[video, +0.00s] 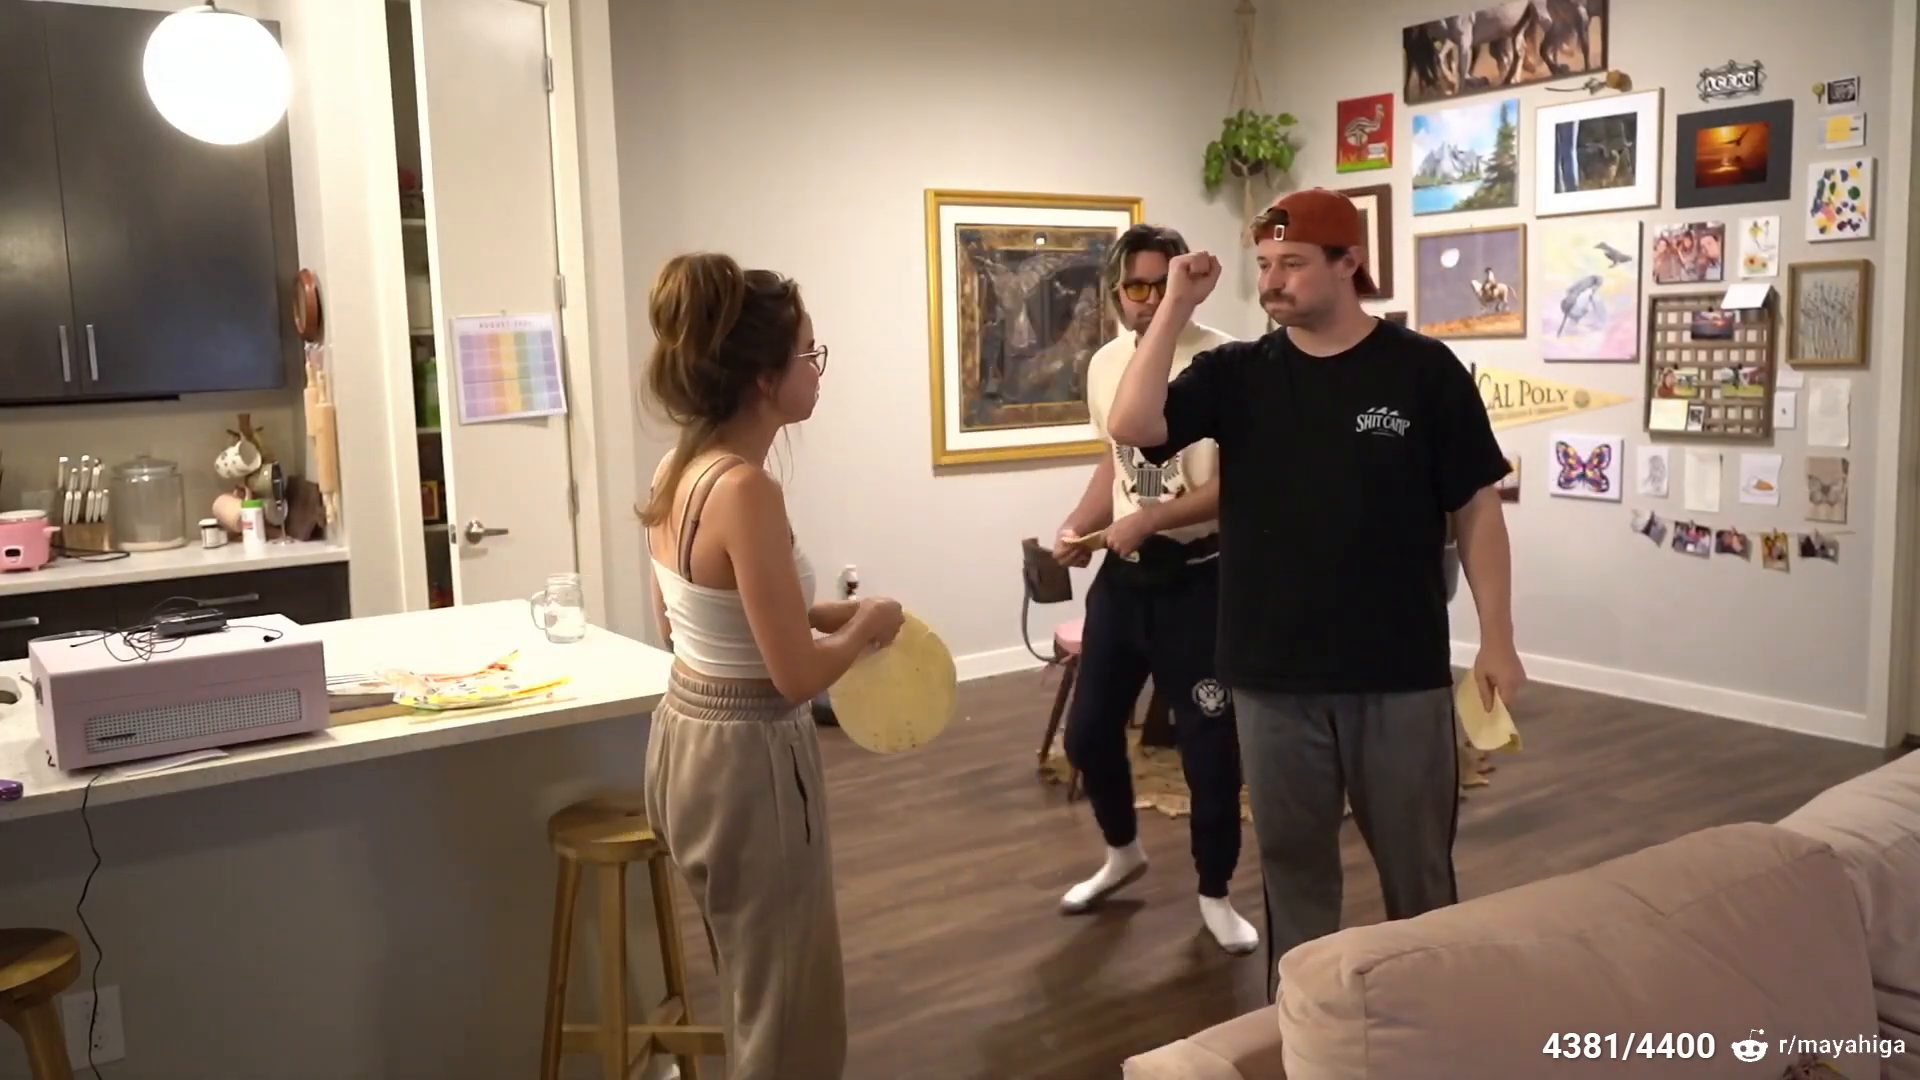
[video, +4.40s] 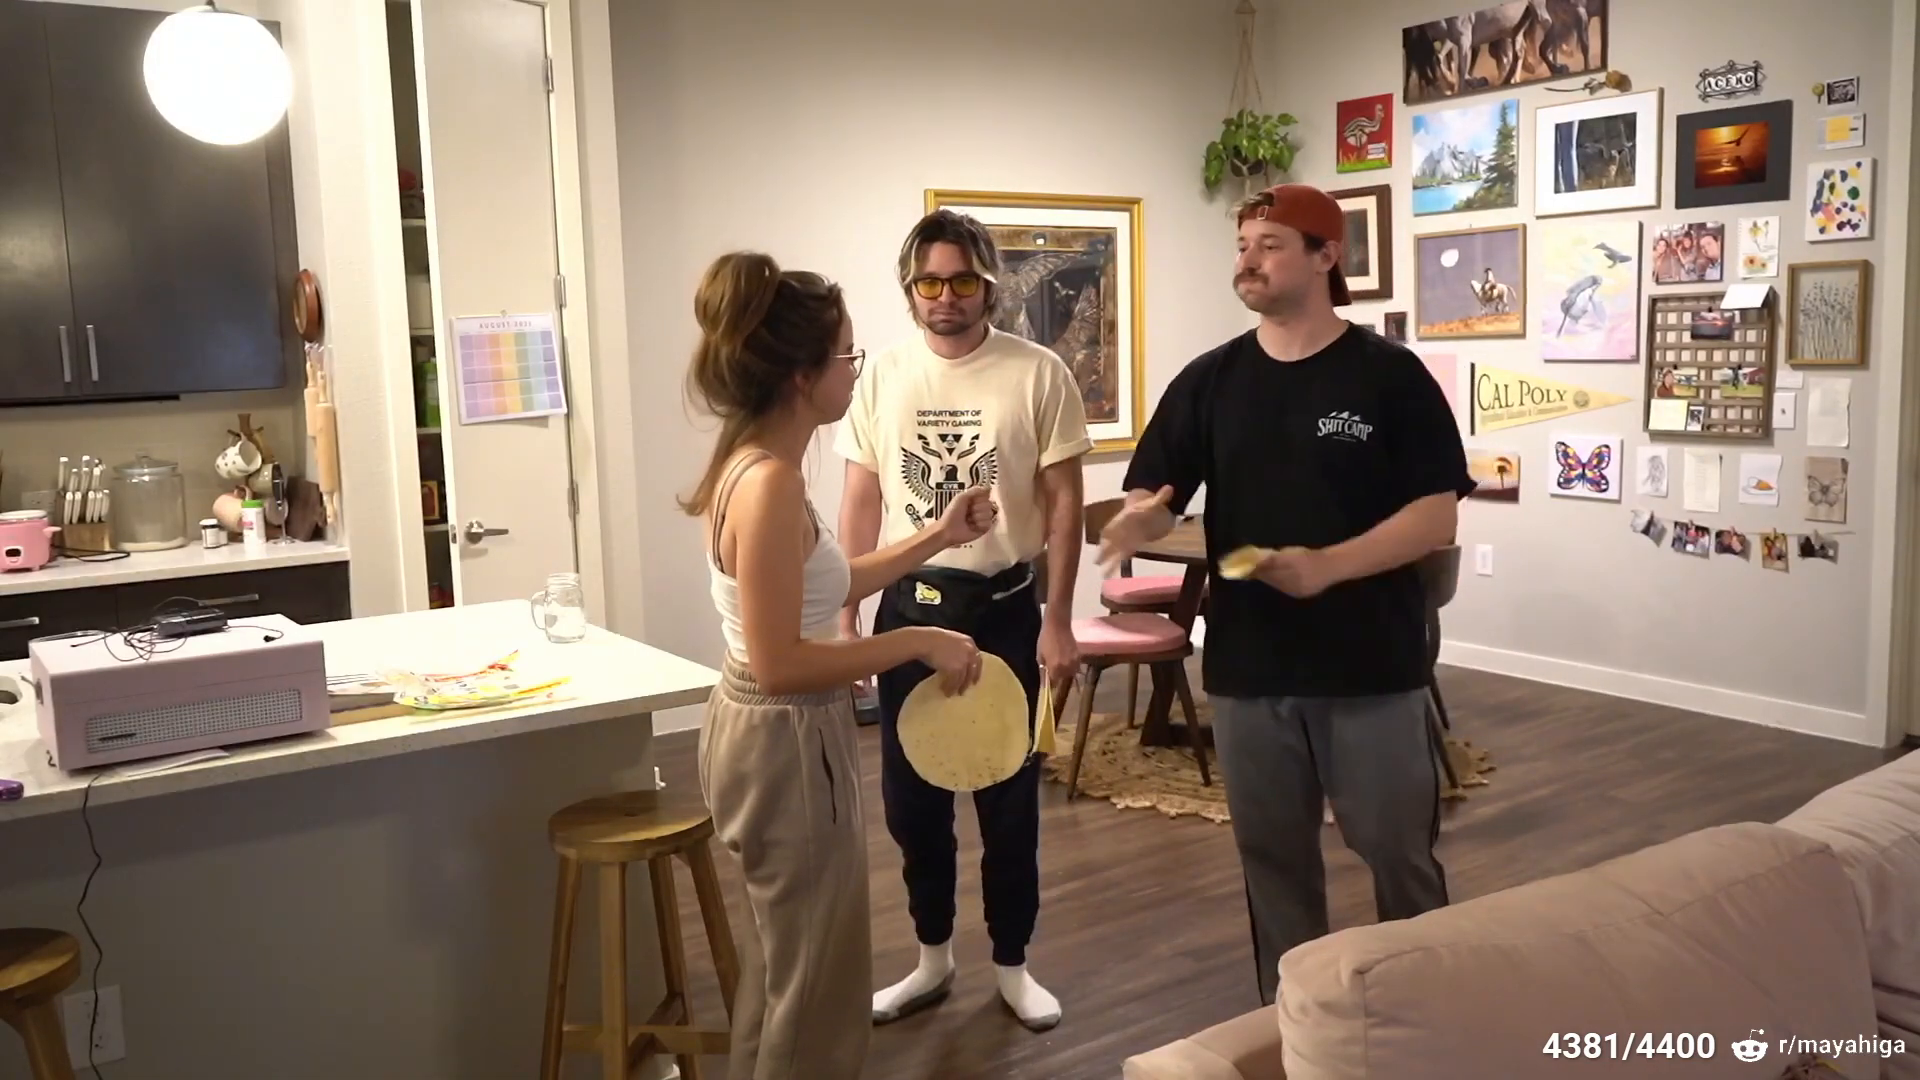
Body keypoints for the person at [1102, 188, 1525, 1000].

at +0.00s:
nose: (1272, 278)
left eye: (1291, 261)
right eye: (1265, 264)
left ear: (1348, 266)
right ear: (1259, 275)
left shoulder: (1425, 370)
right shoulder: (1239, 373)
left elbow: (1479, 512)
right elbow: (1130, 424)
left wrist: (1497, 641)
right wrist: (1175, 304)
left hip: (1400, 679)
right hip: (1271, 682)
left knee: (1419, 881)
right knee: (1293, 882)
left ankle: (1440, 1036)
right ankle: (1302, 1038)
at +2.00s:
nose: (1289, 246)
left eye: (1311, 234)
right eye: (1287, 235)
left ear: (1367, 253)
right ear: (1284, 257)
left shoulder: (1437, 373)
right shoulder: (1252, 367)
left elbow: (1485, 517)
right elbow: (1134, 401)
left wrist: (1499, 652)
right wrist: (1180, 282)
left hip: (1403, 678)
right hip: (1274, 677)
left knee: (1421, 880)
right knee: (1295, 877)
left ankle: (1438, 1037)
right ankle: (1299, 1037)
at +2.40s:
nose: (1301, 252)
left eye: (1323, 238)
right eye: (1297, 241)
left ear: (1378, 253)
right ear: (1293, 259)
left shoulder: (1443, 372)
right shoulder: (1258, 365)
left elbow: (1492, 513)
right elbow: (1162, 441)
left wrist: (1508, 651)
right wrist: (1182, 321)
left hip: (1409, 676)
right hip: (1280, 673)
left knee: (1422, 876)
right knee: (1296, 869)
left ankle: (1438, 1033)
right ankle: (1302, 1032)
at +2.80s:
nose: (1293, 258)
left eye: (1314, 243)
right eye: (1288, 246)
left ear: (1370, 255)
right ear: (1285, 261)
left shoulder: (1439, 371)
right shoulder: (1255, 373)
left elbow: (1490, 513)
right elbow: (1163, 476)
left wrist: (1506, 646)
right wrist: (1149, 372)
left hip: (1408, 677)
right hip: (1283, 676)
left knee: (1420, 876)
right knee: (1295, 869)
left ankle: (1435, 1032)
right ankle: (1304, 1032)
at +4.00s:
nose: (1285, 262)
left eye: (1306, 249)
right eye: (1280, 250)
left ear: (1361, 262)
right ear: (1275, 261)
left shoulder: (1428, 374)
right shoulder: (1240, 376)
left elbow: (1475, 518)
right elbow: (1136, 437)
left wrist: (1491, 653)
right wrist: (1051, 441)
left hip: (1397, 680)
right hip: (1274, 681)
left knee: (1422, 881)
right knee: (1290, 877)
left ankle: (1445, 1034)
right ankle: (1298, 1037)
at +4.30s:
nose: (1259, 260)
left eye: (1280, 246)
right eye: (1252, 248)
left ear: (1334, 258)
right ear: (1246, 263)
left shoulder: (1406, 374)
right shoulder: (1217, 381)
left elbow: (1468, 498)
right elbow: (1129, 480)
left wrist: (1418, 601)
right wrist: (1054, 505)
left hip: (1385, 675)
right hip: (1263, 678)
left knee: (1411, 874)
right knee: (1282, 873)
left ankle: (1440, 1025)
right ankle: (1296, 1033)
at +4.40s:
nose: (1248, 258)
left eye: (1270, 245)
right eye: (1243, 247)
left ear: (1324, 259)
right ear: (1237, 264)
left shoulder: (1392, 375)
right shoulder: (1207, 383)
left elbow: (1437, 517)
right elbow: (1145, 499)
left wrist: (1328, 562)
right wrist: (1132, 523)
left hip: (1373, 675)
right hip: (1250, 677)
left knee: (1402, 862)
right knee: (1273, 867)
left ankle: (1428, 1016)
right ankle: (1293, 1026)